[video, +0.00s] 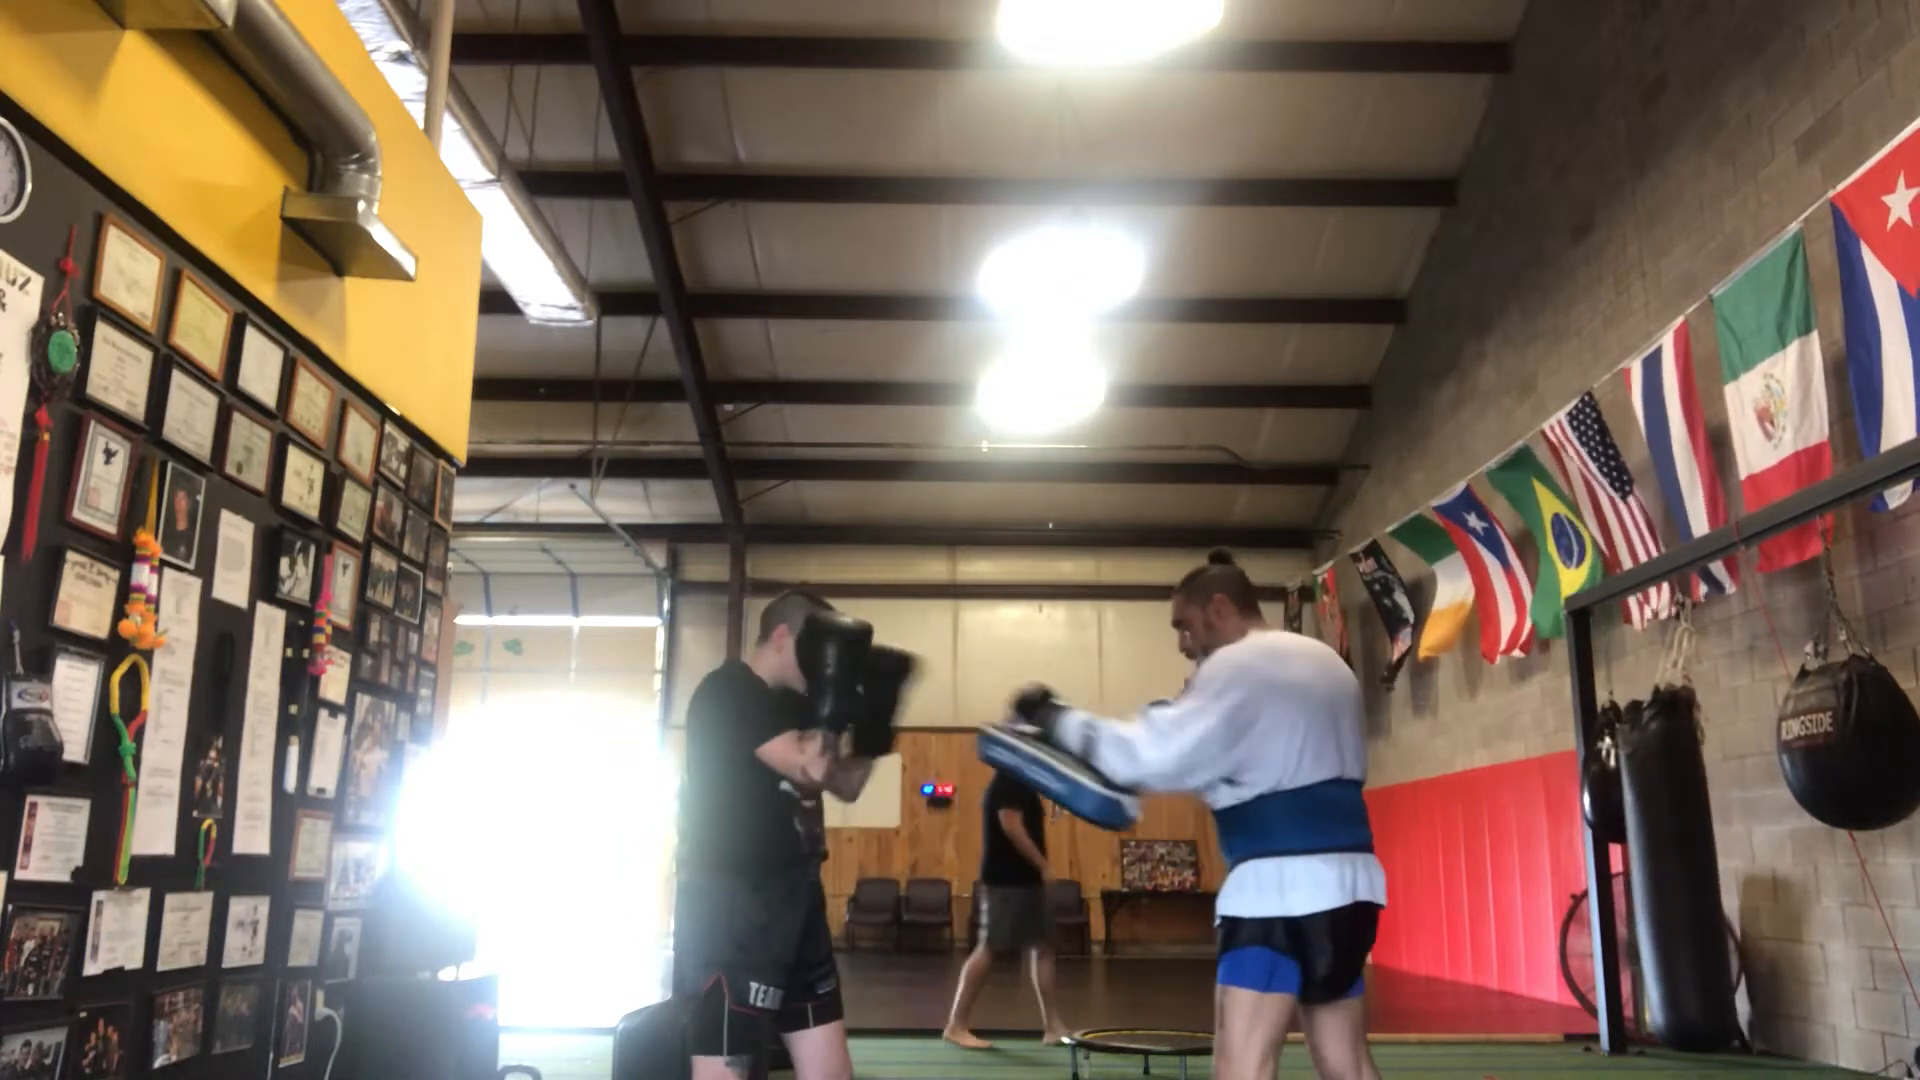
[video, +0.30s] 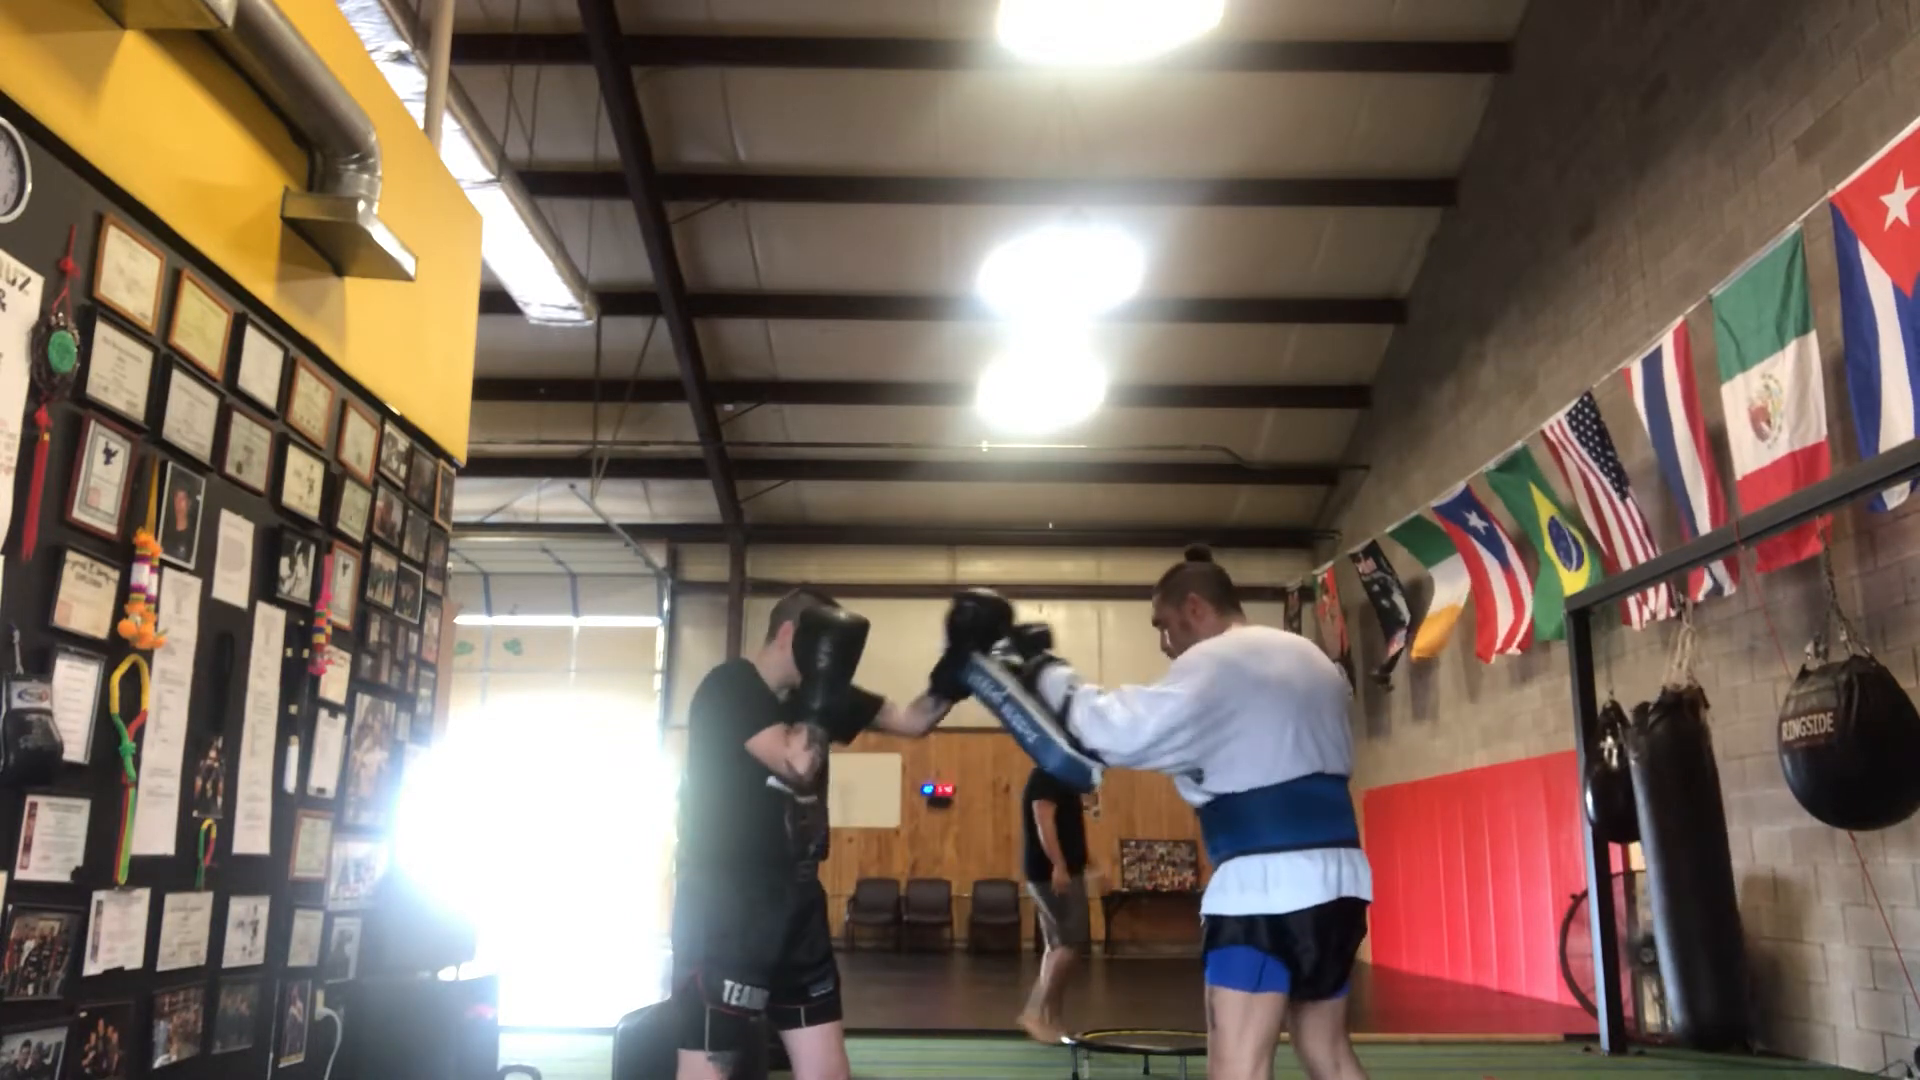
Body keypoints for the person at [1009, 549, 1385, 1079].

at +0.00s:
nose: (1182, 643)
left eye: (1184, 627)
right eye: (1178, 631)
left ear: (1219, 609)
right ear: (1229, 609)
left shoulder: (1238, 667)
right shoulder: (1325, 660)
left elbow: (1156, 755)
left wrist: (1053, 717)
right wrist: (1188, 712)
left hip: (1276, 895)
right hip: (1350, 890)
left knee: (1242, 1068)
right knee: (1347, 1064)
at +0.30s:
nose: (1164, 644)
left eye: (1164, 629)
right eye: (1159, 631)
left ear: (1196, 609)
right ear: (1217, 606)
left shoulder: (1213, 665)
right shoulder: (1316, 660)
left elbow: (1120, 729)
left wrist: (1039, 666)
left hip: (1261, 890)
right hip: (1341, 885)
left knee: (1239, 1063)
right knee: (1329, 1050)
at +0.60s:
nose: (1174, 638)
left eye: (1178, 620)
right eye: (1172, 624)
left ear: (1217, 607)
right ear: (1219, 609)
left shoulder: (1252, 663)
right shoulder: (1318, 663)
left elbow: (1240, 780)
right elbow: (1291, 762)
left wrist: (1133, 773)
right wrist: (1208, 725)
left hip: (1274, 887)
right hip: (1337, 882)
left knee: (1245, 1065)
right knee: (1346, 1061)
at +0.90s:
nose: (1195, 641)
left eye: (1198, 625)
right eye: (1191, 628)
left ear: (1235, 609)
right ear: (1244, 609)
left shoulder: (1259, 665)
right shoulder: (1336, 663)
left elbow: (1203, 762)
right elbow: (1283, 755)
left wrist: (1104, 712)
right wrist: (1203, 707)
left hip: (1286, 892)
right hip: (1356, 886)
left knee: (1245, 1065)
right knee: (1354, 1063)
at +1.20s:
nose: (1195, 648)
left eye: (1196, 631)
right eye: (1190, 635)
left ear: (1231, 614)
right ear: (1240, 613)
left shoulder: (1250, 670)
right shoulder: (1337, 663)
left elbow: (1195, 759)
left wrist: (1086, 720)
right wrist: (1202, 714)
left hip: (1297, 893)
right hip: (1370, 889)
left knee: (1258, 1063)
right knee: (1359, 1063)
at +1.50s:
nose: (1191, 637)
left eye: (1196, 620)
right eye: (1190, 623)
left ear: (1236, 607)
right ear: (1249, 608)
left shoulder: (1242, 661)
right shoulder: (1337, 658)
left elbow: (1131, 702)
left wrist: (1050, 648)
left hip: (1297, 893)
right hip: (1371, 886)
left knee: (1266, 1063)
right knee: (1357, 1058)